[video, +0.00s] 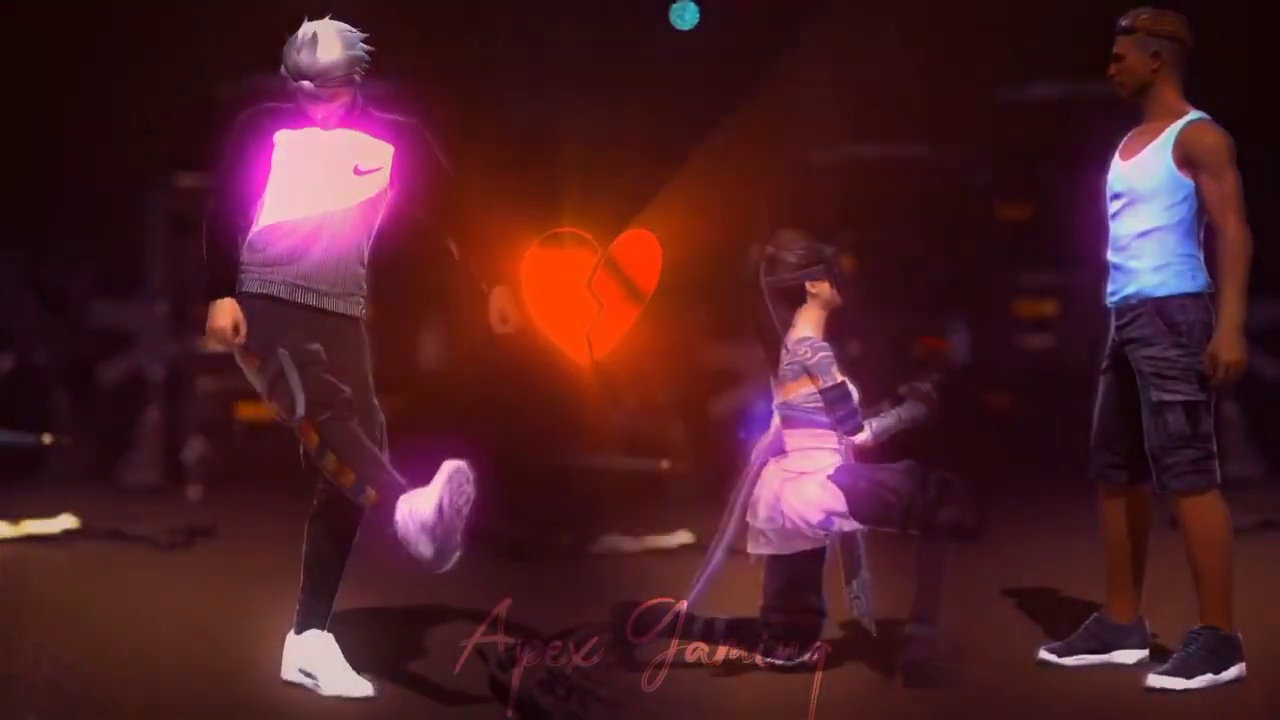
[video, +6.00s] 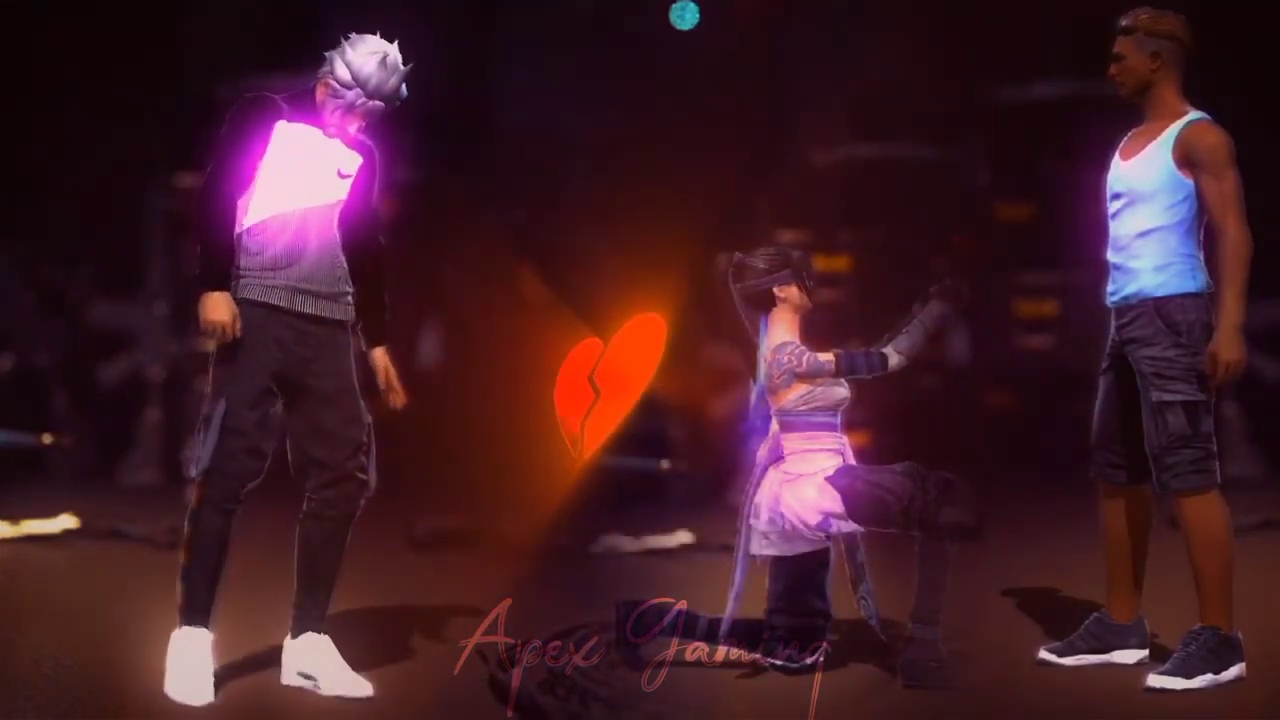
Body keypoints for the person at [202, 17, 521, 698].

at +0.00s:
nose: (328, 101)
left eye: (339, 87)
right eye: (315, 89)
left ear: (359, 79)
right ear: (294, 83)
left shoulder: (391, 140)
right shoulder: (262, 133)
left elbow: (446, 220)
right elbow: (223, 216)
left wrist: (488, 288)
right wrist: (219, 291)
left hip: (346, 314)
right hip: (272, 302)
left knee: (353, 464)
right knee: (321, 404)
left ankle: (310, 634)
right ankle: (408, 513)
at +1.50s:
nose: (332, 102)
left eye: (346, 89)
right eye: (321, 89)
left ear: (367, 79)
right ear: (302, 75)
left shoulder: (395, 129)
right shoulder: (264, 118)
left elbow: (448, 173)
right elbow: (219, 197)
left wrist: (470, 192)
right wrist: (220, 275)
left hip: (339, 311)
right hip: (266, 293)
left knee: (336, 476)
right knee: (310, 360)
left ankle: (310, 632)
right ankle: (448, 422)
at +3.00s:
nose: (359, 111)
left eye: (372, 102)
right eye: (350, 96)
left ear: (387, 93)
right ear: (330, 75)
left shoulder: (391, 133)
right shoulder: (270, 114)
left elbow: (453, 208)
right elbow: (219, 198)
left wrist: (456, 185)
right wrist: (208, 286)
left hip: (335, 309)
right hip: (263, 294)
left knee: (336, 470)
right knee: (317, 399)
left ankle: (309, 635)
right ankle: (407, 508)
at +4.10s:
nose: (358, 122)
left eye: (372, 113)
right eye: (351, 106)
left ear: (385, 107)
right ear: (331, 85)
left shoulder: (383, 142)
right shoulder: (272, 117)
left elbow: (401, 220)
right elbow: (221, 202)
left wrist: (427, 231)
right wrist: (206, 285)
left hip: (333, 312)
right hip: (263, 298)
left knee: (352, 463)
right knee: (299, 441)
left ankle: (306, 637)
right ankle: (346, 585)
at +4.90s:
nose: (358, 124)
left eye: (373, 115)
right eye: (352, 106)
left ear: (387, 110)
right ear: (329, 83)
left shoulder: (379, 150)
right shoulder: (269, 118)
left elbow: (380, 243)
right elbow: (220, 201)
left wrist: (405, 301)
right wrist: (209, 286)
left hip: (333, 321)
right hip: (263, 309)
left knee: (343, 472)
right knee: (270, 467)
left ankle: (311, 632)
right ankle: (262, 631)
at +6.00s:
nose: (353, 121)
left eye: (367, 112)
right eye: (346, 104)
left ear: (381, 109)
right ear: (323, 85)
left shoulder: (372, 157)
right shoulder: (260, 121)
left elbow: (369, 252)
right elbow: (218, 201)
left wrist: (378, 338)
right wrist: (214, 283)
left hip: (334, 329)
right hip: (258, 316)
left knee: (343, 477)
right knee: (230, 471)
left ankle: (308, 637)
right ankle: (194, 634)